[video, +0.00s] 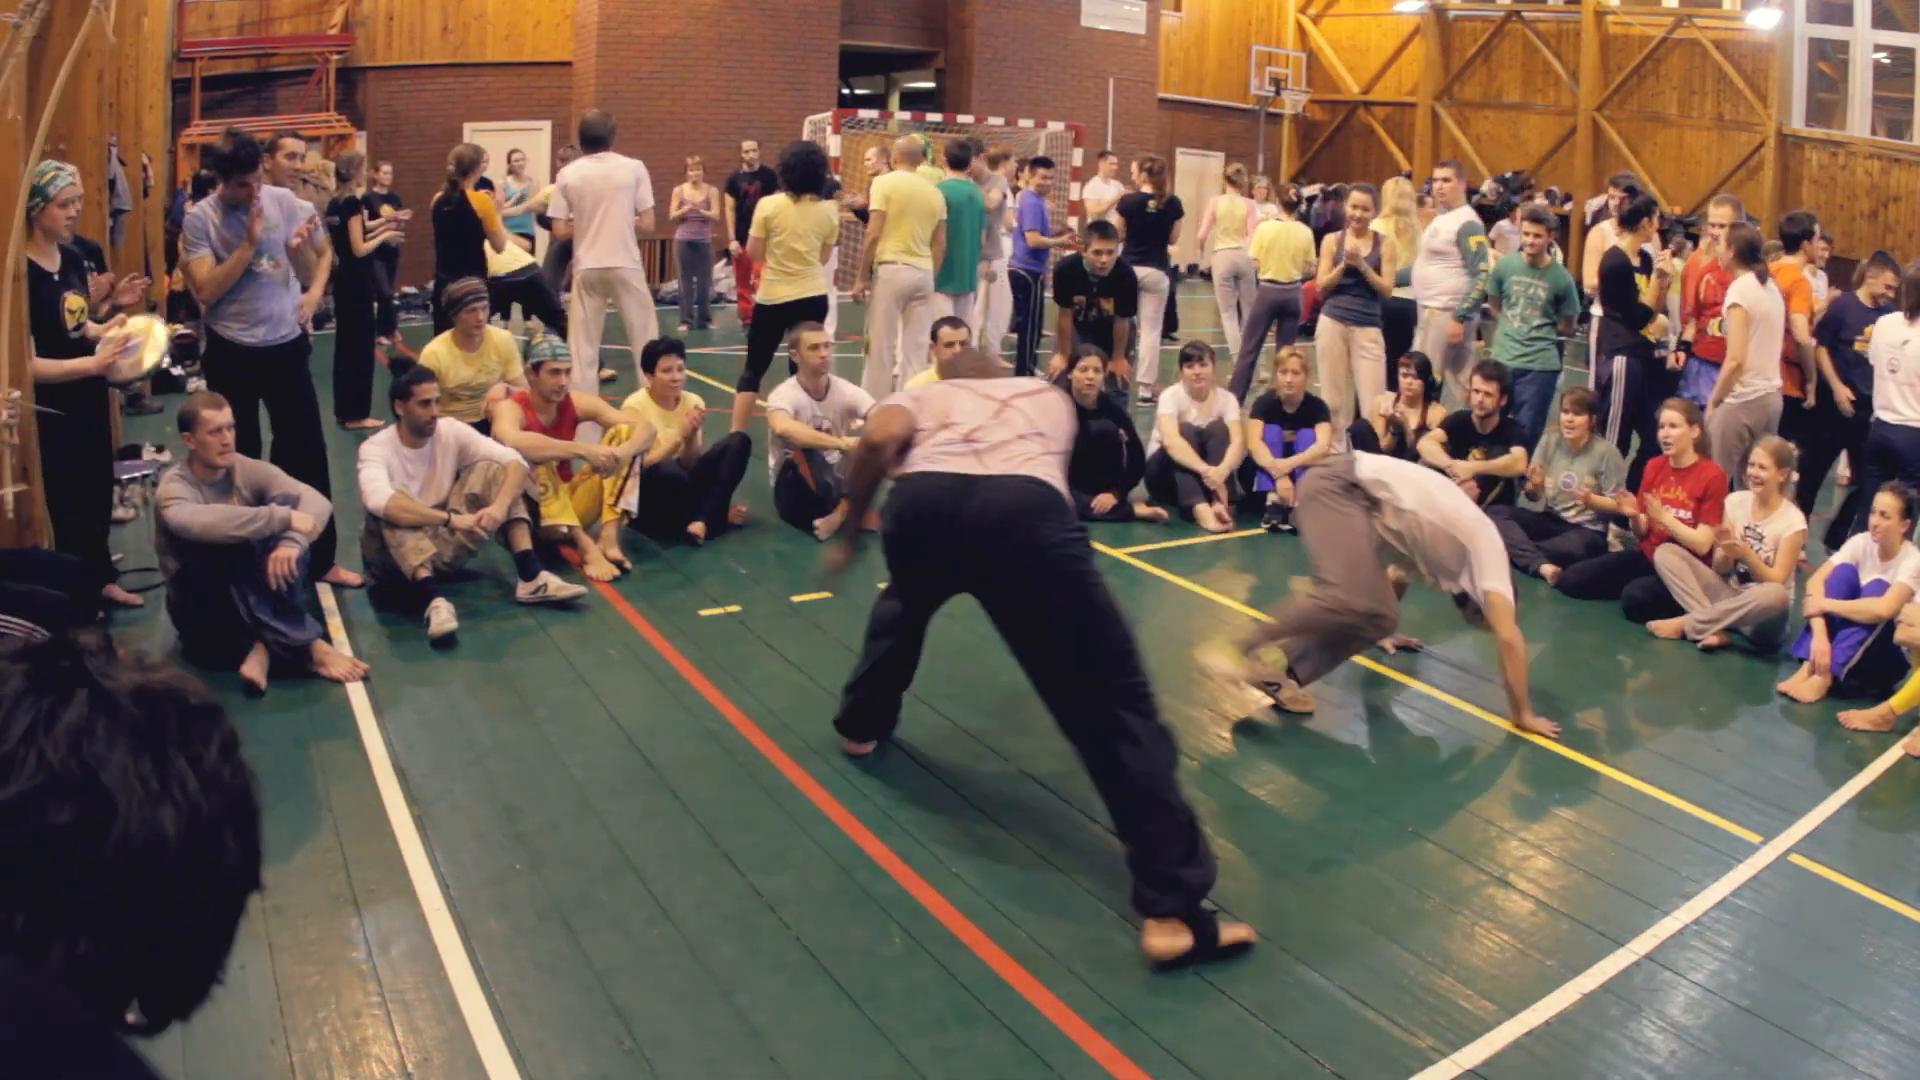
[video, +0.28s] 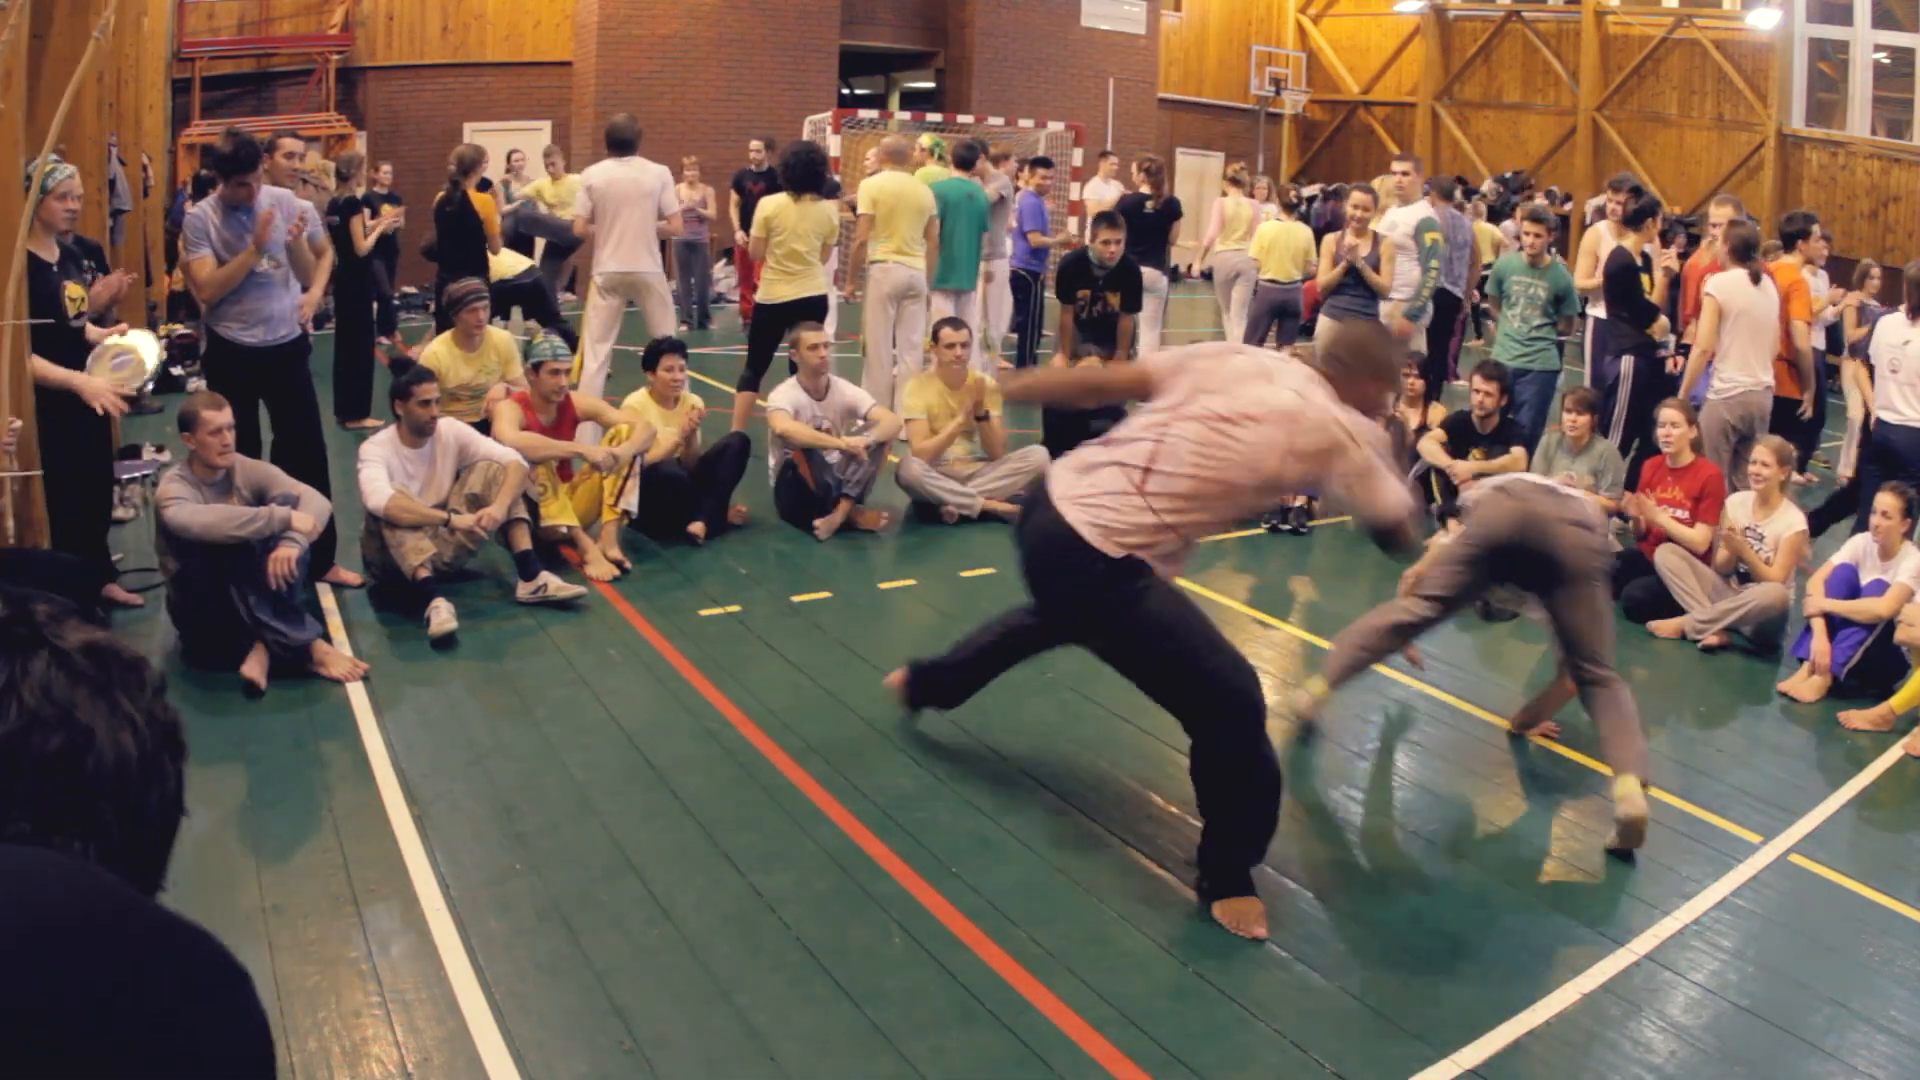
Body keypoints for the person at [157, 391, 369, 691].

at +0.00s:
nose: (227, 439)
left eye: (230, 429)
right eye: (215, 432)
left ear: (236, 429)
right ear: (190, 440)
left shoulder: (247, 469)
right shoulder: (174, 487)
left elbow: (316, 501)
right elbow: (191, 523)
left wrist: (292, 543)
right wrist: (283, 517)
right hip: (211, 617)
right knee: (213, 545)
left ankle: (264, 646)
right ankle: (310, 645)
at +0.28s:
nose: (228, 440)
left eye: (230, 429)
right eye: (215, 433)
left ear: (236, 429)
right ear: (189, 440)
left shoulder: (247, 469)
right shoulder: (174, 488)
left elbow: (316, 501)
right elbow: (192, 523)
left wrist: (292, 543)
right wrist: (283, 518)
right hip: (210, 615)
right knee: (216, 545)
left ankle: (264, 645)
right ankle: (311, 645)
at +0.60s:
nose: (228, 440)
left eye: (230, 429)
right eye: (215, 433)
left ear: (236, 429)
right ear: (189, 440)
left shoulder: (247, 469)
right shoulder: (175, 486)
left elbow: (316, 501)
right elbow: (190, 523)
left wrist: (292, 543)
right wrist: (283, 517)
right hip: (210, 615)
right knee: (212, 547)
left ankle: (263, 645)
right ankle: (310, 645)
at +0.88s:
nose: (228, 441)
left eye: (231, 430)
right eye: (215, 434)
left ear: (237, 429)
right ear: (189, 440)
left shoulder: (247, 469)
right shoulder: (174, 487)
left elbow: (317, 501)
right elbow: (192, 523)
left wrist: (292, 543)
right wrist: (283, 517)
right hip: (210, 614)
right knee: (211, 548)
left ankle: (263, 645)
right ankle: (309, 645)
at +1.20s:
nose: (227, 441)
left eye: (230, 430)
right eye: (214, 434)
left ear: (236, 429)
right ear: (189, 440)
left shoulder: (248, 469)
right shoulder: (174, 487)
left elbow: (317, 502)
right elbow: (192, 523)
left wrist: (292, 544)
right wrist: (284, 518)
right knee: (218, 544)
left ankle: (265, 644)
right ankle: (310, 645)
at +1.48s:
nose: (227, 441)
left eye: (230, 430)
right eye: (214, 433)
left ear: (236, 429)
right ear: (189, 440)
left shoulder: (248, 469)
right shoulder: (174, 487)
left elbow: (317, 501)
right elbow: (194, 523)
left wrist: (292, 543)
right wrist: (284, 517)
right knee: (217, 543)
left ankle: (265, 643)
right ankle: (310, 644)